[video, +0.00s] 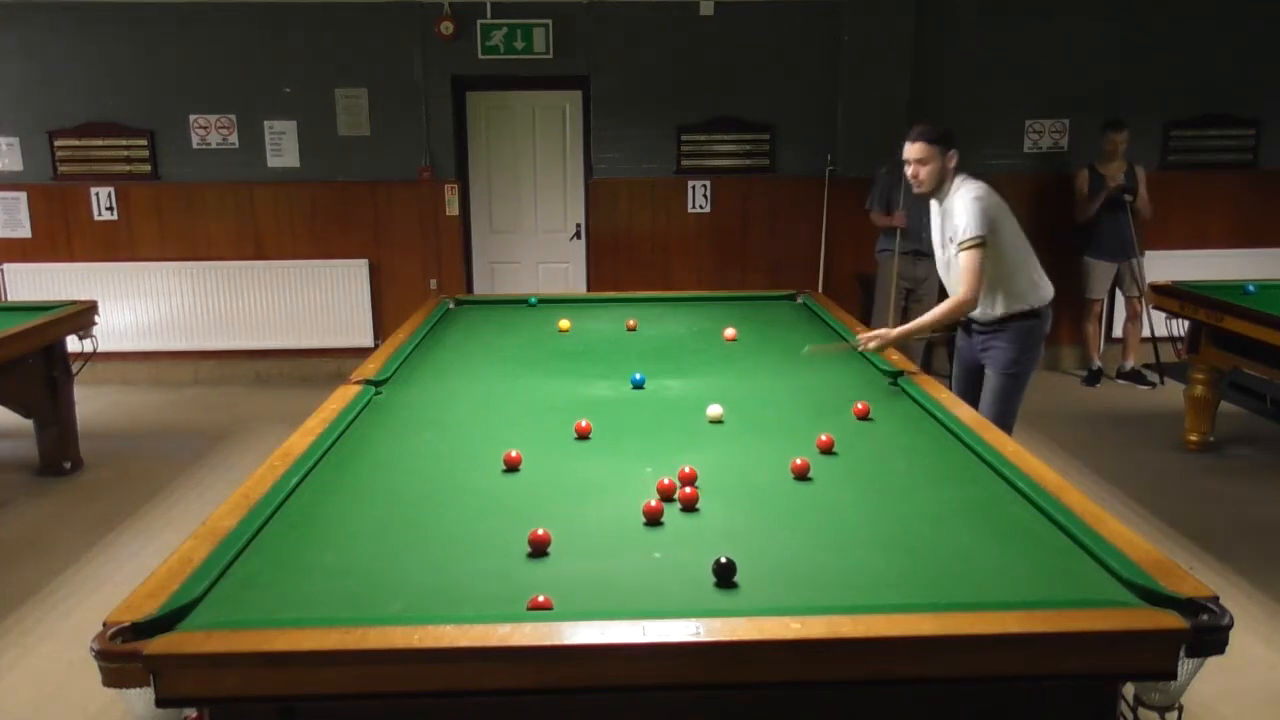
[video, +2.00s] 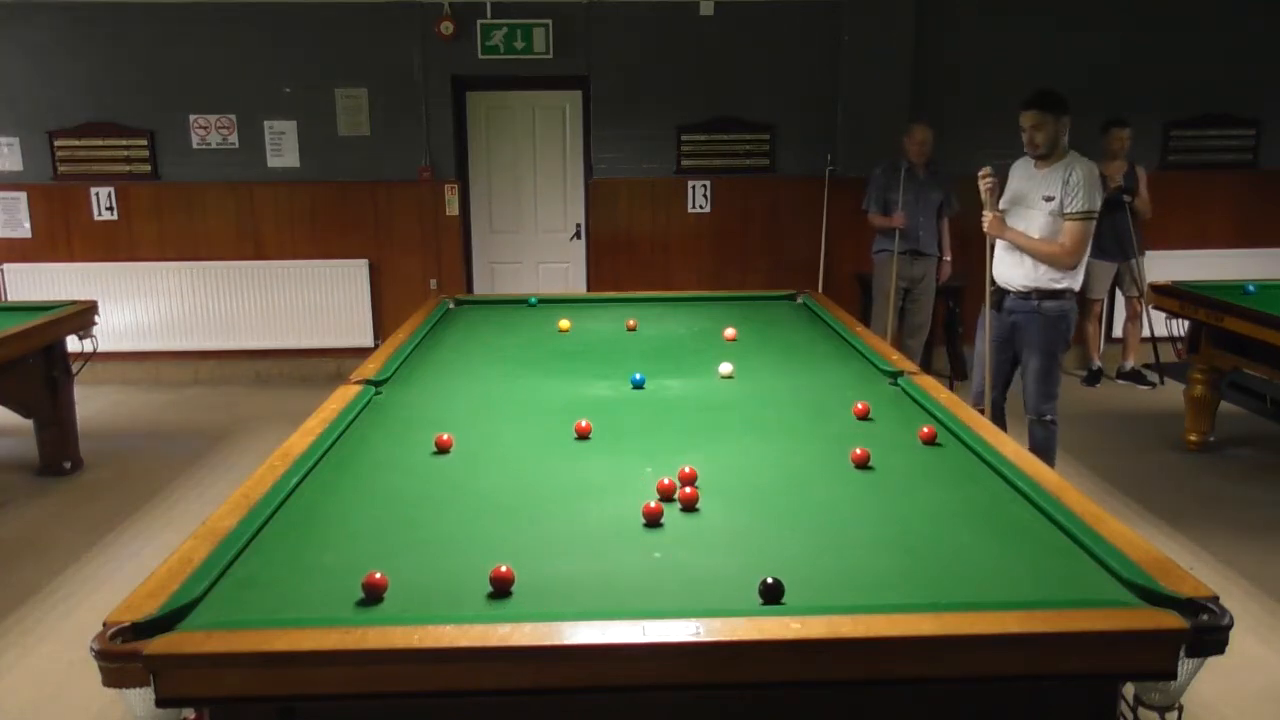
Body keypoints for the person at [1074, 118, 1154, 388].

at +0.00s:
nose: (1116, 147)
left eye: (1120, 143)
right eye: (1111, 142)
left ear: (1126, 143)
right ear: (1102, 142)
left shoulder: (1135, 172)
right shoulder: (1086, 174)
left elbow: (1146, 213)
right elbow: (1081, 214)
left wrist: (1135, 193)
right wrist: (1105, 191)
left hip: (1130, 251)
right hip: (1098, 251)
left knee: (1135, 310)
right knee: (1094, 310)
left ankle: (1128, 366)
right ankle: (1095, 364)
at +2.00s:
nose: (1122, 145)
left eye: (1126, 140)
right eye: (1117, 139)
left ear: (1130, 142)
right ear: (1105, 141)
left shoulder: (1136, 171)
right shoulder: (1093, 172)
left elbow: (1146, 211)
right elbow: (1085, 207)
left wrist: (1131, 194)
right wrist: (1105, 191)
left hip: (1131, 249)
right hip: (1100, 249)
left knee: (1135, 309)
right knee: (1093, 309)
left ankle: (1127, 366)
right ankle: (1094, 364)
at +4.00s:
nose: (1124, 145)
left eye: (1128, 140)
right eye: (1119, 139)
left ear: (1133, 142)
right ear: (1107, 140)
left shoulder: (1138, 171)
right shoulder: (1089, 172)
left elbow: (1147, 211)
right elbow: (1083, 215)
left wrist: (1132, 197)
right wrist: (1106, 191)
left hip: (1132, 251)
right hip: (1099, 251)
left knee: (1136, 309)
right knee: (1094, 310)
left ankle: (1128, 366)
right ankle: (1094, 365)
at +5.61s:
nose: (1126, 145)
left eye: (1129, 140)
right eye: (1120, 140)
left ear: (1133, 142)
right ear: (1107, 140)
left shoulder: (1137, 171)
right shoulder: (1088, 172)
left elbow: (1146, 211)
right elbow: (1082, 215)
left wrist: (1132, 198)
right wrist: (1106, 192)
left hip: (1132, 250)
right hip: (1099, 250)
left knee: (1136, 309)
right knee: (1094, 309)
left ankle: (1128, 366)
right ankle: (1095, 365)